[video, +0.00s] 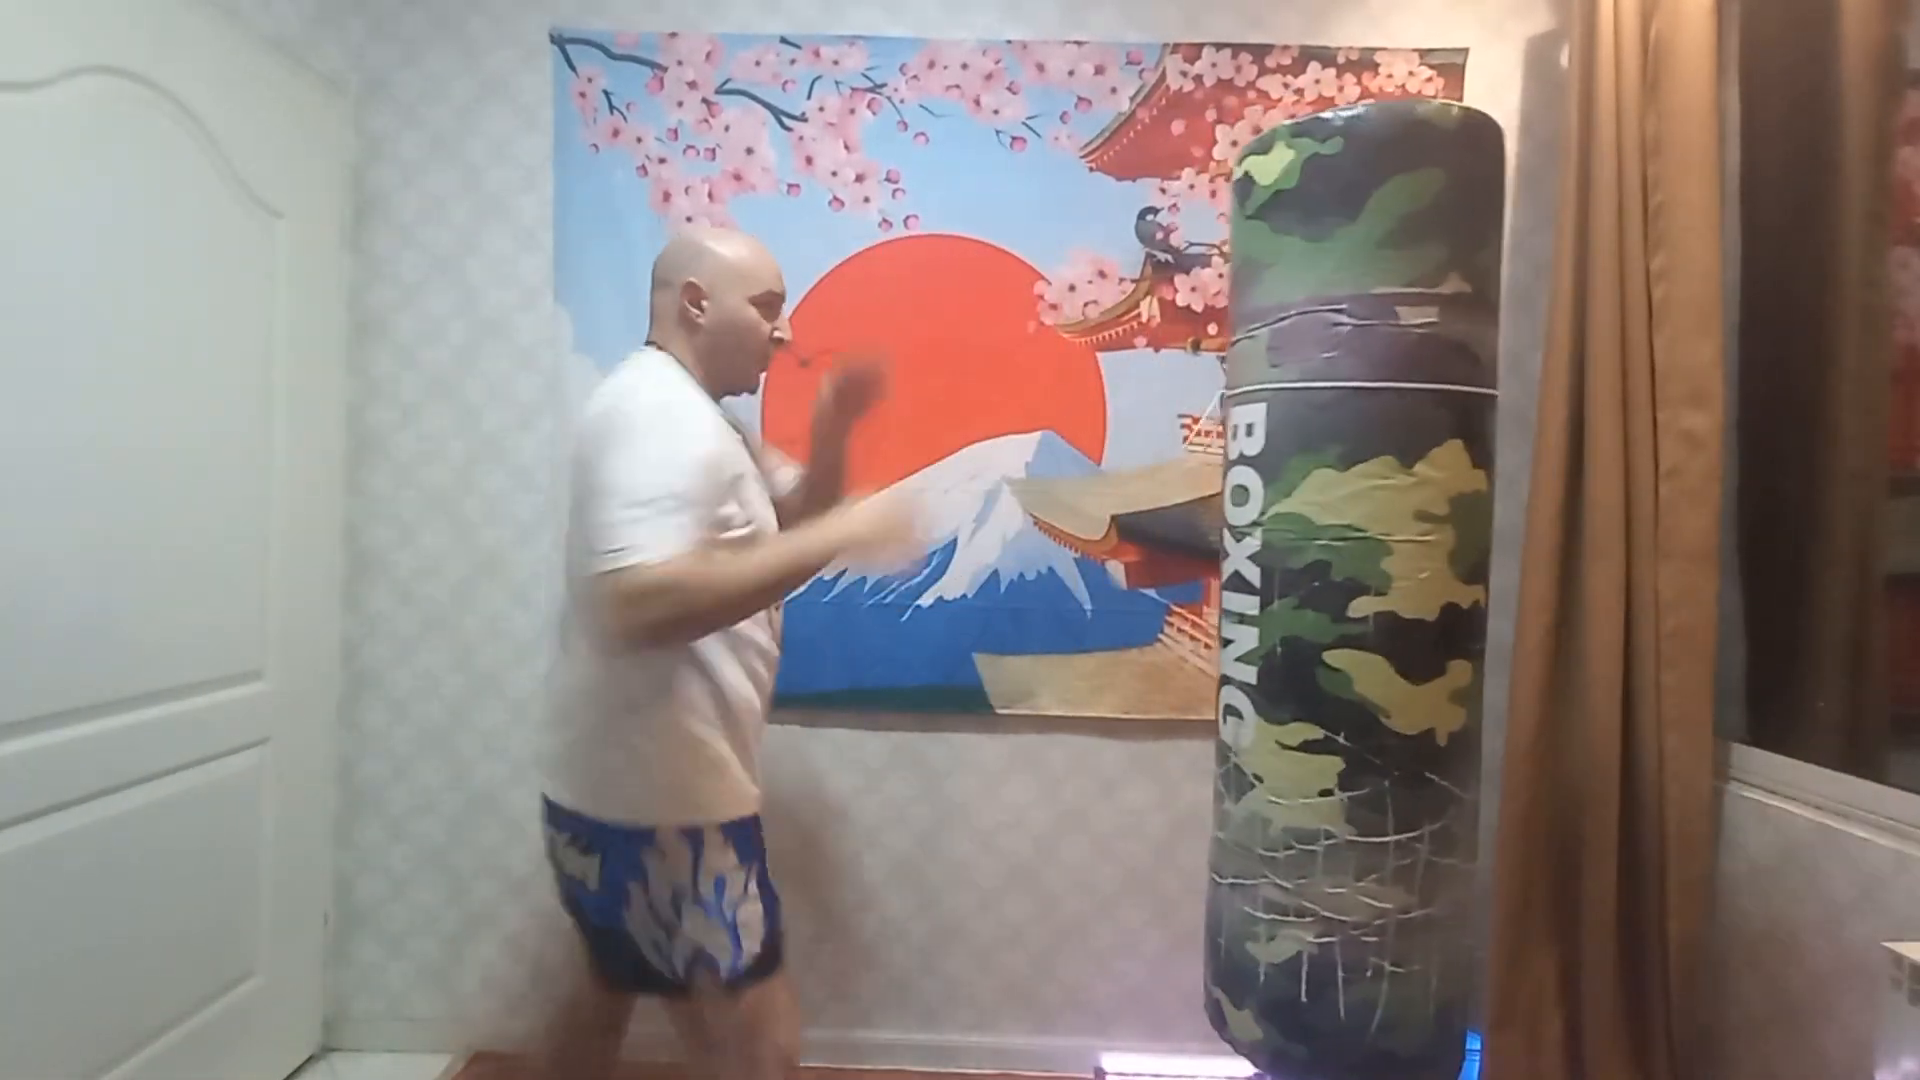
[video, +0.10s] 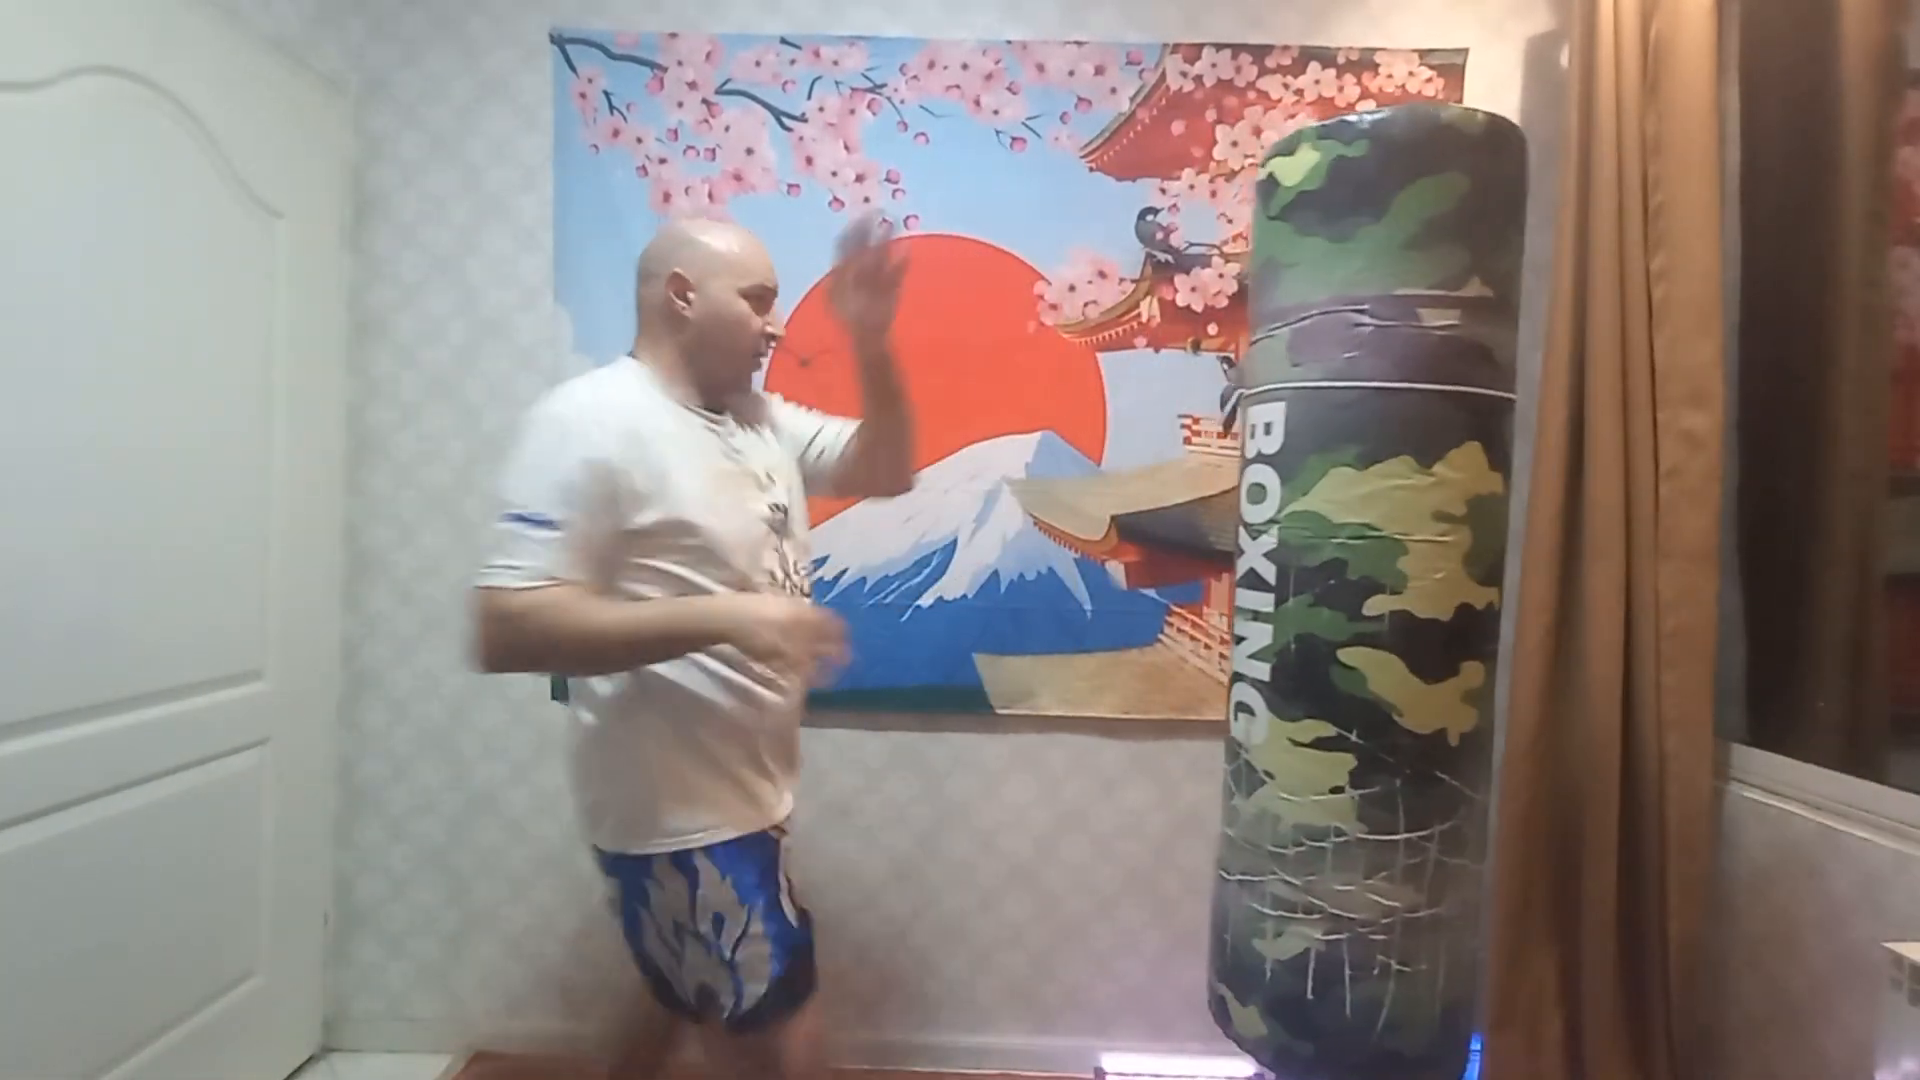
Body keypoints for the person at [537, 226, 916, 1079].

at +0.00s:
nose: (783, 329)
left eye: (782, 308)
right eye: (767, 306)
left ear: (692, 308)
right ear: (694, 304)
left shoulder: (683, 409)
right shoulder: (654, 408)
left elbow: (792, 541)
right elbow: (632, 603)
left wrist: (831, 432)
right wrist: (835, 532)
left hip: (618, 792)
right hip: (673, 803)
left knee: (596, 1014)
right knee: (758, 1055)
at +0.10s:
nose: (774, 326)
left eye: (774, 304)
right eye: (757, 300)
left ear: (688, 301)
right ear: (680, 299)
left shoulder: (761, 422)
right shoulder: (589, 419)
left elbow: (885, 468)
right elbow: (507, 625)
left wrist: (873, 344)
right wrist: (730, 616)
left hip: (750, 796)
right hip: (670, 813)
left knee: (676, 1019)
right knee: (767, 1031)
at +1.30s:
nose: (703, 321)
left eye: (704, 299)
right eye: (685, 294)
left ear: (602, 289)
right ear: (604, 285)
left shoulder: (571, 383)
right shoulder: (544, 374)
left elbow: (608, 583)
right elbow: (722, 511)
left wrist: (698, 527)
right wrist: (846, 389)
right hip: (501, 796)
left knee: (438, 1047)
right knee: (572, 1050)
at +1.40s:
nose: (692, 329)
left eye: (694, 306)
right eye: (675, 301)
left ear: (599, 295)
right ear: (595, 290)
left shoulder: (629, 425)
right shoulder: (499, 391)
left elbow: (702, 571)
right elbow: (633, 555)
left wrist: (765, 456)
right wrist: (763, 425)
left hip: (549, 824)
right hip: (469, 833)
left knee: (464, 1053)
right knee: (556, 1059)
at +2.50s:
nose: (695, 334)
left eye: (696, 310)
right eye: (681, 308)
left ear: (596, 301)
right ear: (607, 298)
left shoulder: (504, 383)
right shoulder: (609, 388)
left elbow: (606, 537)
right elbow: (811, 460)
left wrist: (714, 472)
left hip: (461, 787)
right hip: (573, 799)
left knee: (491, 1024)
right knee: (658, 1045)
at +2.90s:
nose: (758, 320)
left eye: (755, 296)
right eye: (735, 292)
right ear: (649, 290)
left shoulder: (761, 428)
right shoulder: (522, 416)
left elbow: (901, 479)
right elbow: (418, 632)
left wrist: (954, 371)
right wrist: (643, 609)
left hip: (829, 824)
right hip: (696, 877)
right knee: (809, 1058)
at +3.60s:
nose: (862, 307)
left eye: (859, 281)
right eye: (844, 277)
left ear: (770, 277)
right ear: (767, 273)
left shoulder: (794, 410)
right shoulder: (685, 394)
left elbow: (915, 492)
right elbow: (652, 624)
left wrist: (1016, 407)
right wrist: (882, 547)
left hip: (823, 855)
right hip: (749, 877)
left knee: (831, 1059)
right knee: (766, 1066)